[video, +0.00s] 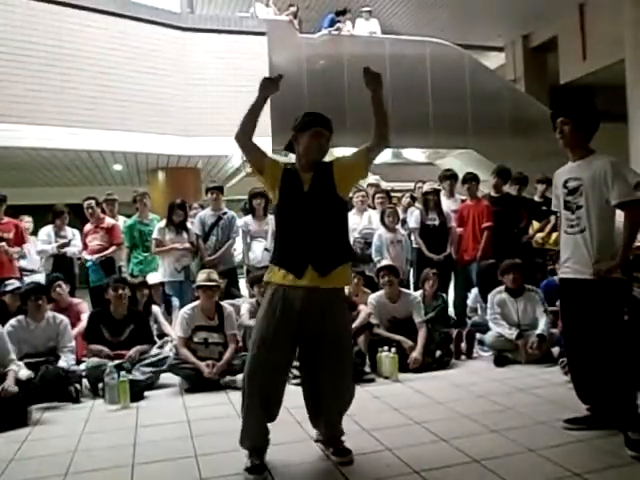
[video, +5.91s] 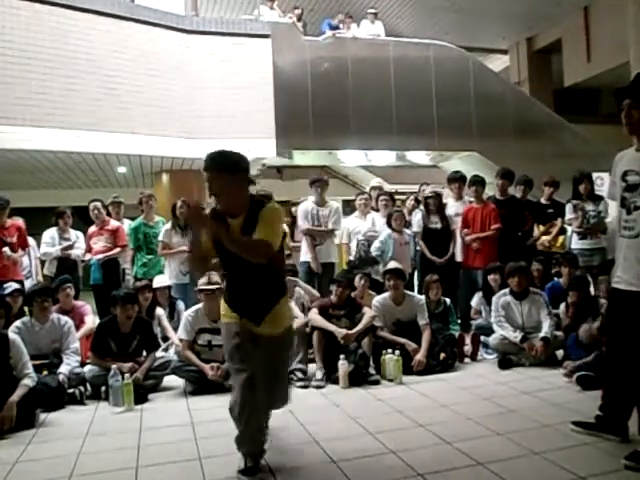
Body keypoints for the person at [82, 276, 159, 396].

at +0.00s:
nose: (120, 293)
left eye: (123, 289)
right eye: (115, 289)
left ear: (129, 292)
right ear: (107, 294)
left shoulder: (138, 316)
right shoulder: (96, 316)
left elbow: (150, 345)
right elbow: (90, 347)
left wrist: (138, 350)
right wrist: (101, 350)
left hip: (135, 362)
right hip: (106, 363)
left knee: (165, 355)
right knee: (92, 365)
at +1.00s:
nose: (118, 292)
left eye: (122, 288)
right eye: (113, 289)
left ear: (127, 292)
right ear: (105, 295)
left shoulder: (137, 316)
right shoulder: (95, 316)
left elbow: (150, 345)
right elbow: (90, 348)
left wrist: (137, 346)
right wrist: (112, 355)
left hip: (134, 360)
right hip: (106, 361)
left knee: (165, 354)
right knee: (90, 364)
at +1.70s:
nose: (118, 297)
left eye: (120, 292)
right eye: (112, 294)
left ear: (125, 294)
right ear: (103, 300)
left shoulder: (136, 316)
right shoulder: (95, 321)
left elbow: (152, 342)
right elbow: (90, 352)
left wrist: (141, 356)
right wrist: (113, 361)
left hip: (134, 362)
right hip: (107, 363)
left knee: (164, 356)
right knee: (86, 368)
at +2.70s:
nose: (127, 309)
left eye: (130, 304)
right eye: (121, 305)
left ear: (134, 306)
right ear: (111, 307)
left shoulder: (139, 321)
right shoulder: (101, 323)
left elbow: (149, 349)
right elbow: (90, 356)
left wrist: (137, 369)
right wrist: (109, 363)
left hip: (133, 362)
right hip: (108, 363)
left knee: (163, 358)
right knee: (86, 369)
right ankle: (134, 382)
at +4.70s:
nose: (130, 310)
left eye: (133, 306)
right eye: (125, 307)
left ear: (138, 308)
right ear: (114, 310)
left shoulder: (144, 324)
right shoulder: (104, 327)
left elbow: (153, 352)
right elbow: (94, 359)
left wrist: (141, 372)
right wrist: (119, 366)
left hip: (137, 365)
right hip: (112, 367)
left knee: (168, 360)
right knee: (89, 372)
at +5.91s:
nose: (129, 311)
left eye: (133, 306)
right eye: (124, 306)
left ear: (137, 308)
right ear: (114, 310)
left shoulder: (144, 324)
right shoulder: (104, 327)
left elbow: (153, 352)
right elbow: (94, 359)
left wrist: (141, 372)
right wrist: (119, 366)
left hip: (137, 365)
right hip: (112, 367)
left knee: (168, 361)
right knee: (89, 372)